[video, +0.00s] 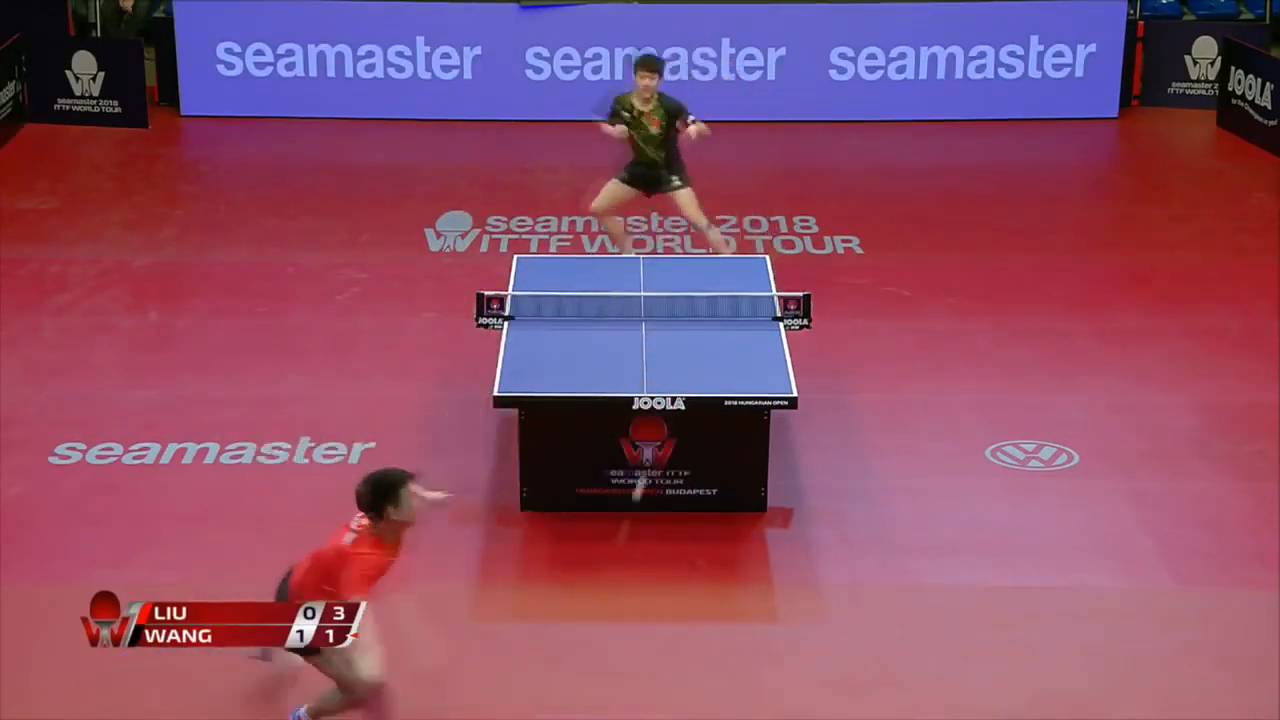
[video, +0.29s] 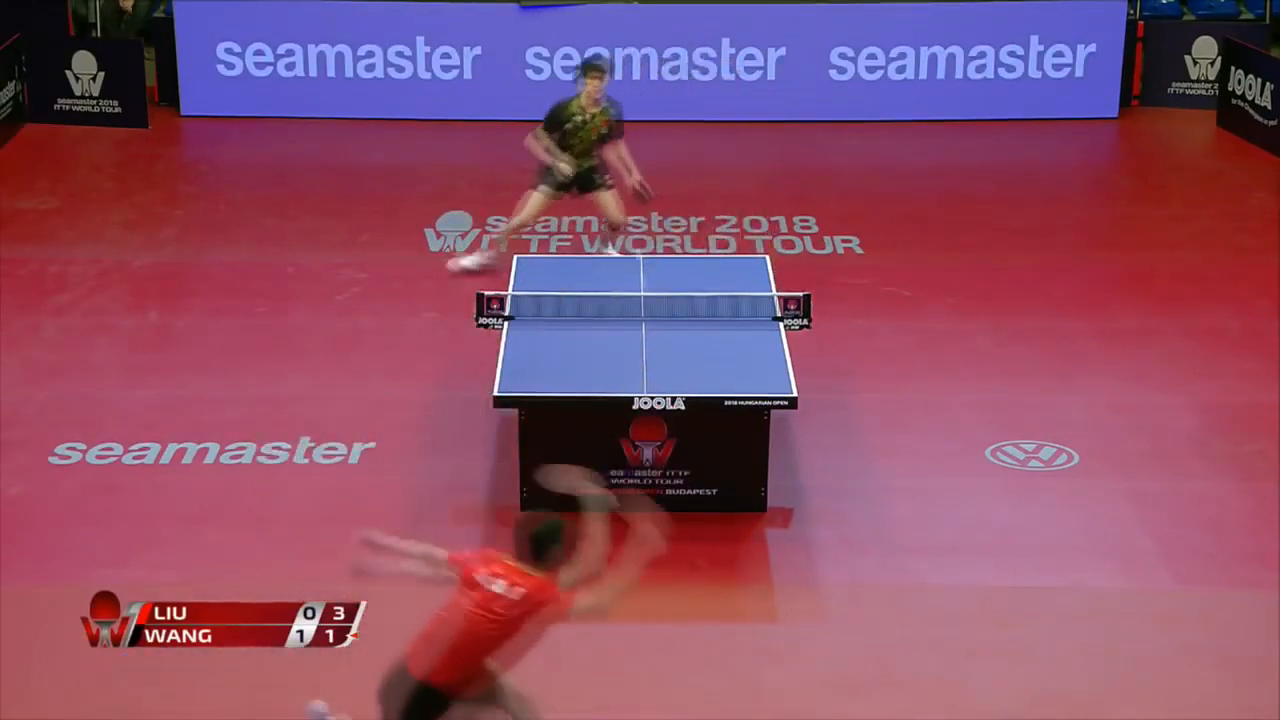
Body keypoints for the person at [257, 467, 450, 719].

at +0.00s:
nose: (417, 500)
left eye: (413, 492)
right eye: (409, 497)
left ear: (391, 511)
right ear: (390, 512)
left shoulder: (381, 516)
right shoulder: (367, 557)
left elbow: (401, 486)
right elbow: (358, 611)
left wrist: (427, 496)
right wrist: (370, 654)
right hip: (299, 609)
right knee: (364, 685)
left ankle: (270, 642)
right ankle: (305, 714)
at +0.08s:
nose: (442, 505)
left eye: (440, 498)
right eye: (434, 501)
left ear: (406, 508)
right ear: (413, 513)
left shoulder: (380, 513)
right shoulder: (417, 559)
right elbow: (463, 607)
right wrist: (525, 616)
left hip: (324, 592)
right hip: (328, 630)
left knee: (414, 624)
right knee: (364, 710)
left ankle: (394, 658)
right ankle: (303, 715)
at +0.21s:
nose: (521, 535)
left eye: (518, 527)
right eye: (515, 529)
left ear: (478, 524)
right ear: (497, 534)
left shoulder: (448, 534)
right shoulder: (491, 569)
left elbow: (422, 532)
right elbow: (549, 546)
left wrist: (407, 529)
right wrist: (539, 494)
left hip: (416, 630)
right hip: (379, 649)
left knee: (489, 660)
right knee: (361, 708)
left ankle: (528, 715)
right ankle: (311, 712)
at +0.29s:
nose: (574, 554)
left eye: (572, 546)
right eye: (570, 548)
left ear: (523, 543)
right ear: (559, 554)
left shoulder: (486, 563)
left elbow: (429, 556)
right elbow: (603, 595)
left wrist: (382, 546)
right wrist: (640, 549)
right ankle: (324, 715)